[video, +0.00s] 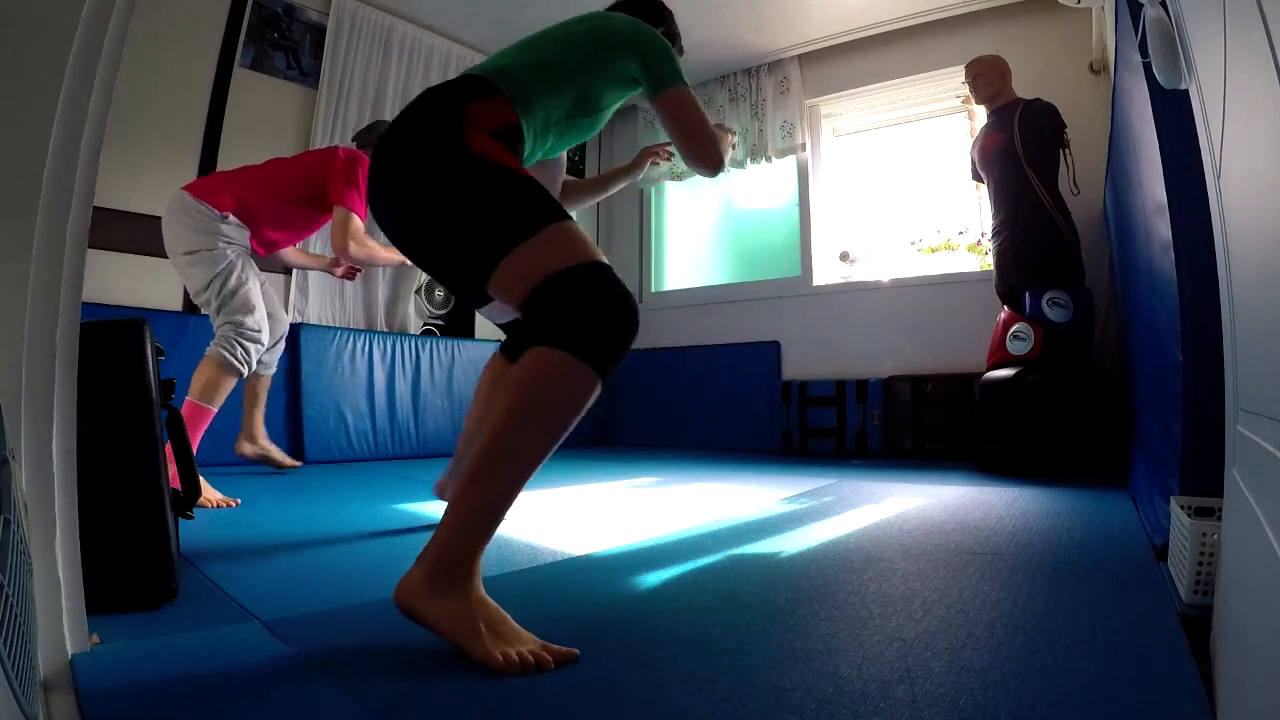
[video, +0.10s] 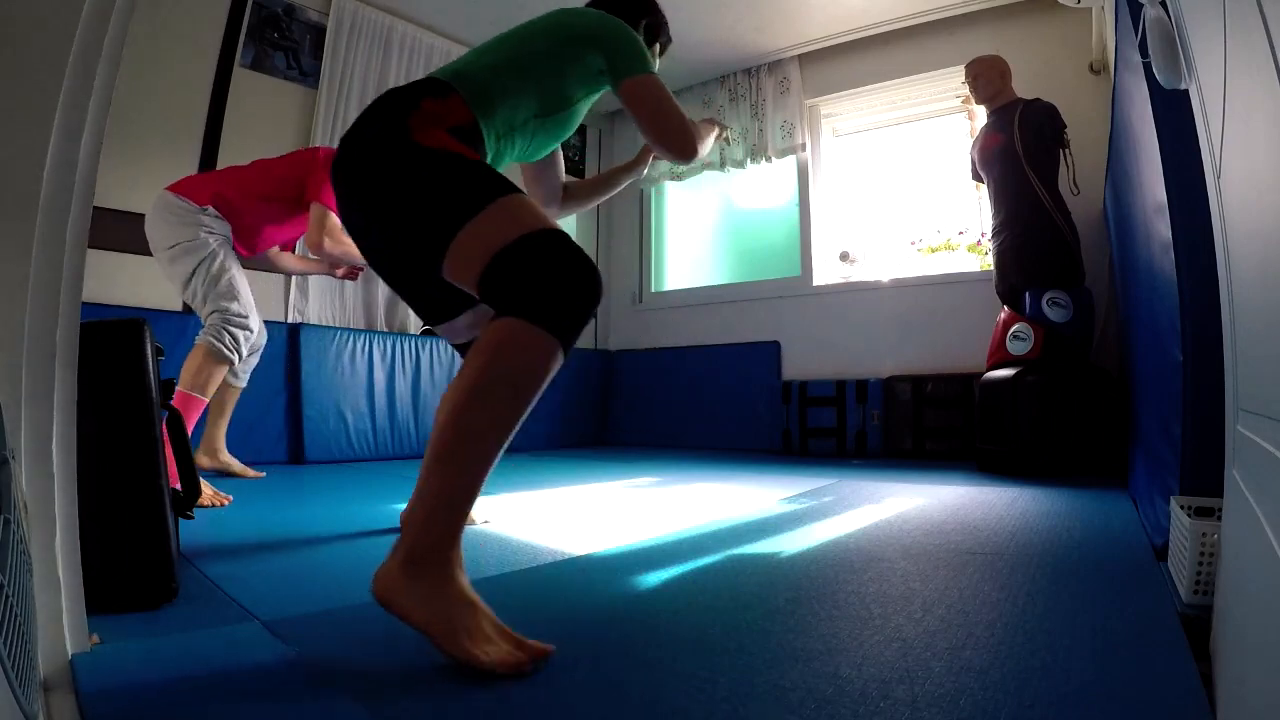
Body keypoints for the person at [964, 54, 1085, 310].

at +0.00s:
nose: (971, 85)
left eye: (976, 76)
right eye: (968, 81)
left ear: (1004, 74)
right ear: (969, 90)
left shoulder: (1036, 111)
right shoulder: (980, 140)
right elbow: (978, 176)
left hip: (1050, 244)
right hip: (1008, 252)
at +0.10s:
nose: (971, 85)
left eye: (976, 76)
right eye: (968, 81)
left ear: (1004, 74)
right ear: (969, 90)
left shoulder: (1036, 111)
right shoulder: (980, 140)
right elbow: (978, 176)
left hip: (1050, 244)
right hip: (1008, 252)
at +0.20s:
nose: (971, 85)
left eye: (976, 76)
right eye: (968, 82)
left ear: (1004, 74)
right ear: (969, 91)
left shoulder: (1036, 111)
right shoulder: (981, 139)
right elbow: (978, 175)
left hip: (1050, 245)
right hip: (1008, 253)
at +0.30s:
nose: (971, 85)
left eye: (976, 76)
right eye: (968, 82)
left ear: (1004, 74)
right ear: (969, 91)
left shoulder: (1036, 111)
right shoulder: (981, 139)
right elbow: (978, 175)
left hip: (1050, 245)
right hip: (1008, 253)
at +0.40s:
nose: (971, 85)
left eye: (976, 76)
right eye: (968, 82)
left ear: (1004, 74)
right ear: (969, 91)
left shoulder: (1036, 111)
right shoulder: (981, 139)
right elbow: (978, 175)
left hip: (1050, 245)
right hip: (1008, 253)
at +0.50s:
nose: (971, 84)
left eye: (976, 76)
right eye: (968, 81)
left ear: (1004, 75)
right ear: (969, 90)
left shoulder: (1036, 111)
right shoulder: (980, 141)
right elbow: (979, 177)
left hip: (1050, 245)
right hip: (1008, 253)